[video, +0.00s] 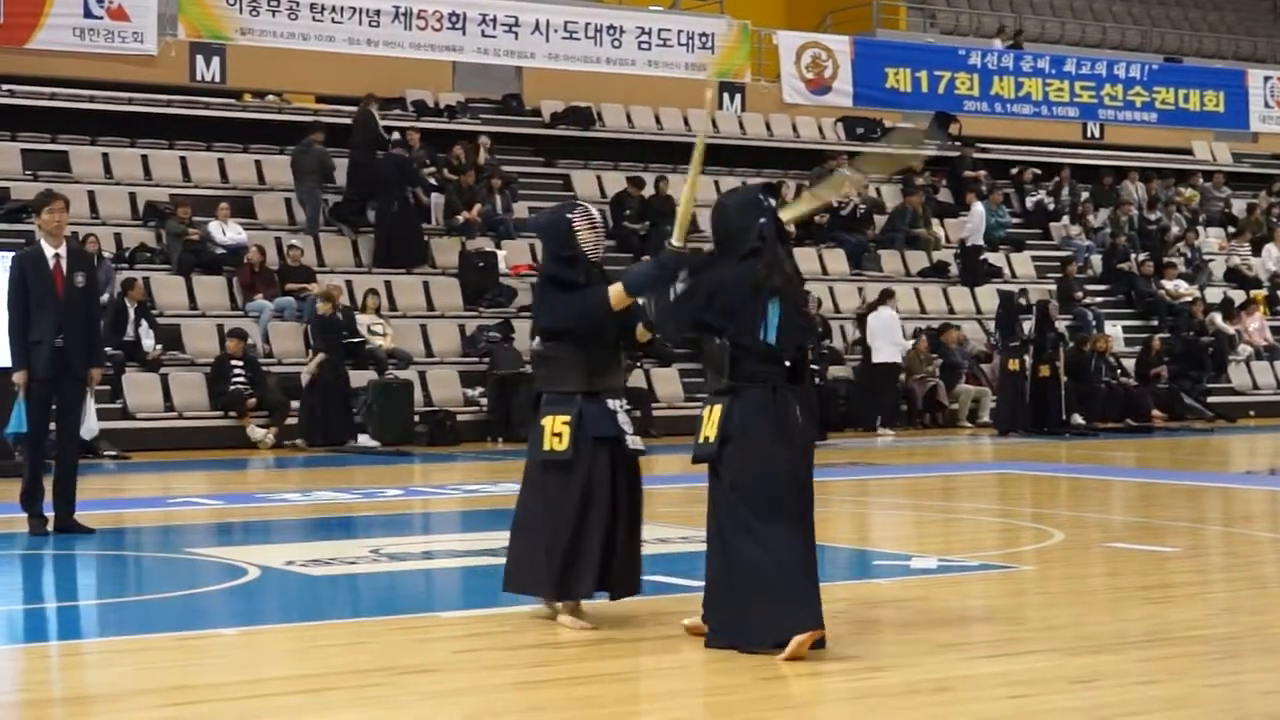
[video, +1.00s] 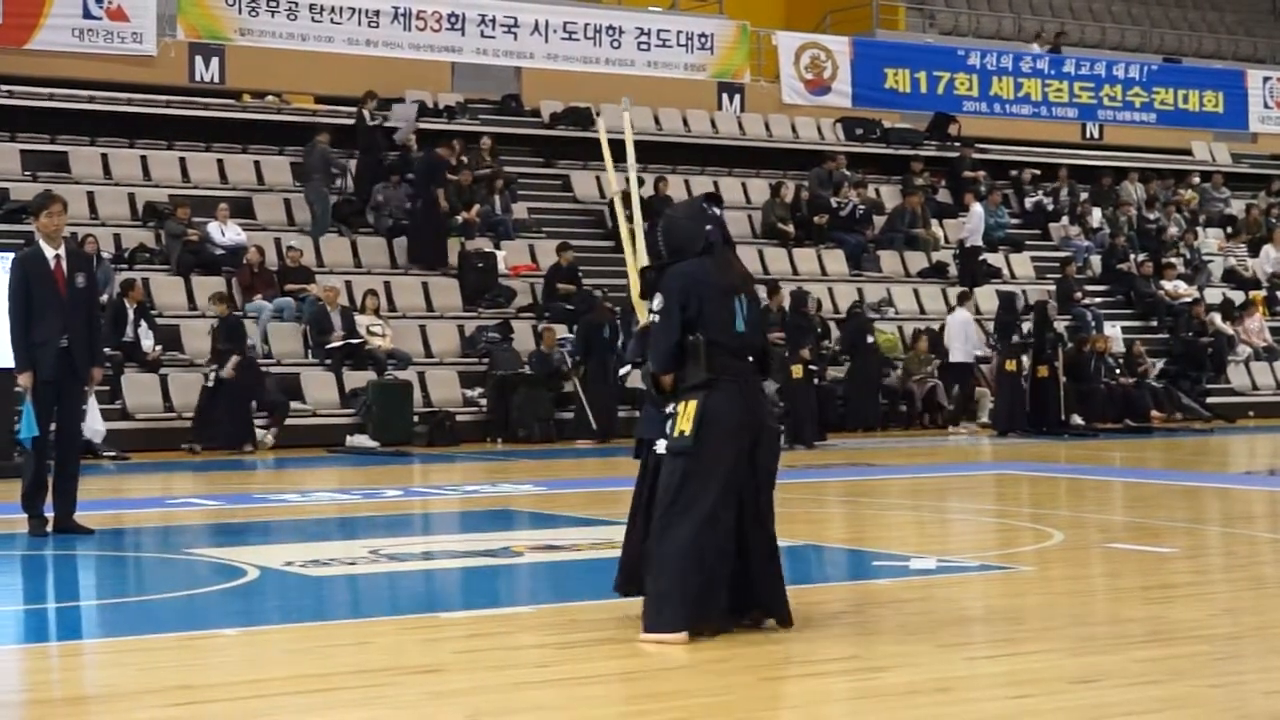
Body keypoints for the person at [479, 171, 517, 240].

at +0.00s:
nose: (496, 182)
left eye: (498, 179)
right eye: (494, 179)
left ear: (501, 181)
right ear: (490, 181)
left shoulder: (506, 194)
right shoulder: (485, 193)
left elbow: (510, 211)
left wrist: (505, 217)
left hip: (505, 220)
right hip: (491, 220)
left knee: (501, 229)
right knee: (506, 219)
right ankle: (514, 241)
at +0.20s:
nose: (495, 182)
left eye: (498, 179)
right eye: (493, 179)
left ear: (501, 181)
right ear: (489, 181)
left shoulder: (505, 193)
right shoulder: (485, 193)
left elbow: (510, 211)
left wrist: (504, 217)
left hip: (505, 219)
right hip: (491, 219)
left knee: (502, 228)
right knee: (506, 219)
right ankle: (514, 240)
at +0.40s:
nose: (495, 181)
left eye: (498, 178)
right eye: (493, 178)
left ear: (501, 180)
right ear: (490, 180)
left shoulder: (505, 192)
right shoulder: (485, 192)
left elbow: (511, 210)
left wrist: (506, 216)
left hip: (505, 217)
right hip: (491, 218)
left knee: (502, 228)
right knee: (507, 219)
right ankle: (513, 240)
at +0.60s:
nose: (497, 181)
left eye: (499, 178)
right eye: (494, 178)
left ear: (502, 180)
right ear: (491, 180)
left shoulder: (506, 192)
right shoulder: (486, 193)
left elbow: (511, 210)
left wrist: (505, 216)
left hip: (505, 219)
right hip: (491, 219)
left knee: (502, 228)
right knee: (507, 219)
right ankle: (514, 241)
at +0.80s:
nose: (499, 182)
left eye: (501, 180)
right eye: (497, 180)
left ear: (503, 182)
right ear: (493, 182)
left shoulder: (506, 194)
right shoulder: (487, 194)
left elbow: (510, 211)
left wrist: (506, 217)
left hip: (505, 217)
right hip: (491, 218)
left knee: (501, 228)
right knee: (506, 219)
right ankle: (512, 241)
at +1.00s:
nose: (500, 184)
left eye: (501, 181)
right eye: (498, 181)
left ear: (503, 183)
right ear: (493, 183)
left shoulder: (505, 195)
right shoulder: (487, 195)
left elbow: (510, 211)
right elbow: (485, 211)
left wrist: (506, 218)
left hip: (504, 218)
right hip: (491, 219)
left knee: (501, 229)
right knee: (506, 220)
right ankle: (512, 241)